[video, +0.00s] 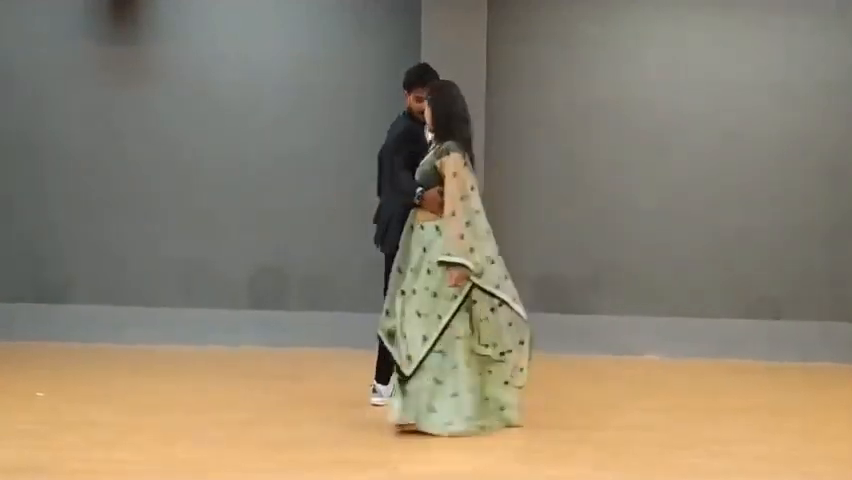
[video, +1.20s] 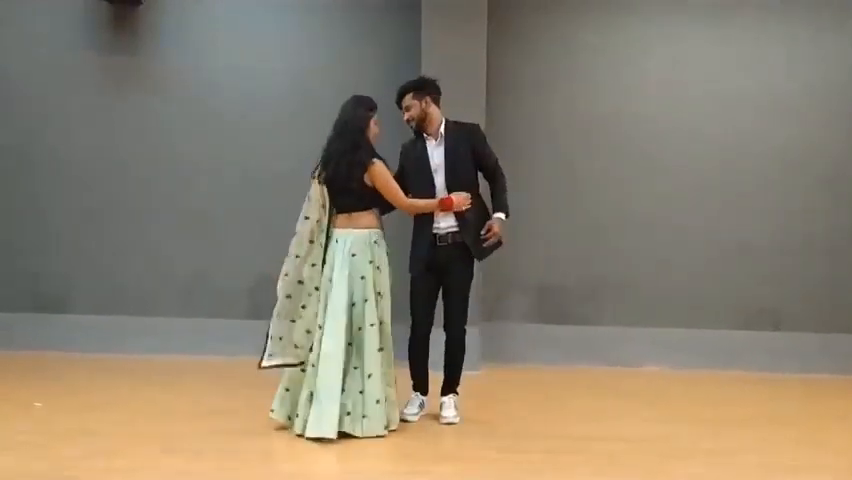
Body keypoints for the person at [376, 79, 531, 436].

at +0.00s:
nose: (423, 112)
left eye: (428, 105)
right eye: (423, 105)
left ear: (440, 110)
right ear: (448, 109)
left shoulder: (451, 156)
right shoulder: (436, 152)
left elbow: (460, 211)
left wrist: (459, 259)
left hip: (442, 253)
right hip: (426, 251)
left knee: (438, 330)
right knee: (424, 329)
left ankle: (441, 409)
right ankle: (423, 407)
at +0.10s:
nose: (412, 116)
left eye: (416, 109)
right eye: (413, 109)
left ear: (428, 113)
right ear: (443, 112)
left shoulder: (437, 158)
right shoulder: (427, 155)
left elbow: (439, 212)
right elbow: (429, 210)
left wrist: (439, 261)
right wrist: (406, 200)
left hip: (427, 254)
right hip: (415, 250)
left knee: (423, 331)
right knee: (412, 329)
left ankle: (420, 407)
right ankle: (408, 405)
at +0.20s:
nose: (404, 118)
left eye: (409, 112)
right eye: (409, 111)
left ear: (416, 118)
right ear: (437, 120)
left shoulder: (419, 162)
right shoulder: (420, 159)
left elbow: (418, 216)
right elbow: (418, 215)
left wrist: (417, 263)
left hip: (414, 259)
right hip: (414, 257)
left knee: (409, 334)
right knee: (411, 334)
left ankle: (407, 406)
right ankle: (408, 405)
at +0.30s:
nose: (436, 123)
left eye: (434, 114)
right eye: (432, 115)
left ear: (403, 115)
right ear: (421, 118)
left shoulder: (418, 160)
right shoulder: (401, 162)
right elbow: (395, 215)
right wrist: (395, 264)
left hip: (418, 260)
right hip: (403, 262)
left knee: (414, 336)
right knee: (399, 337)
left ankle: (409, 409)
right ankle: (393, 409)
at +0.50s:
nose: (414, 111)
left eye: (411, 103)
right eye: (410, 106)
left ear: (375, 114)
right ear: (406, 115)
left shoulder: (364, 158)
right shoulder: (411, 156)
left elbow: (352, 210)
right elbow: (432, 188)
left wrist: (345, 256)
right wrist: (458, 194)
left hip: (369, 248)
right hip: (400, 247)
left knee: (363, 329)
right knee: (401, 328)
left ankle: (358, 410)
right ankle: (401, 409)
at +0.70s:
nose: (396, 118)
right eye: (394, 112)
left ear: (359, 113)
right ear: (391, 116)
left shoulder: (343, 154)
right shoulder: (397, 157)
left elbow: (320, 204)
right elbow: (429, 189)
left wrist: (298, 250)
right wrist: (463, 195)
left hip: (352, 239)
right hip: (386, 240)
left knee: (344, 326)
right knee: (382, 329)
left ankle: (342, 414)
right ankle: (383, 413)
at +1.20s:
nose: (377, 128)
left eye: (376, 121)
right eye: (375, 122)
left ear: (346, 123)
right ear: (366, 124)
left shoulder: (327, 165)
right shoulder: (371, 165)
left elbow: (316, 216)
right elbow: (405, 205)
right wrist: (447, 202)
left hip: (333, 248)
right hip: (364, 248)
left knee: (330, 328)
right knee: (363, 329)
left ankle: (322, 408)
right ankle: (360, 410)